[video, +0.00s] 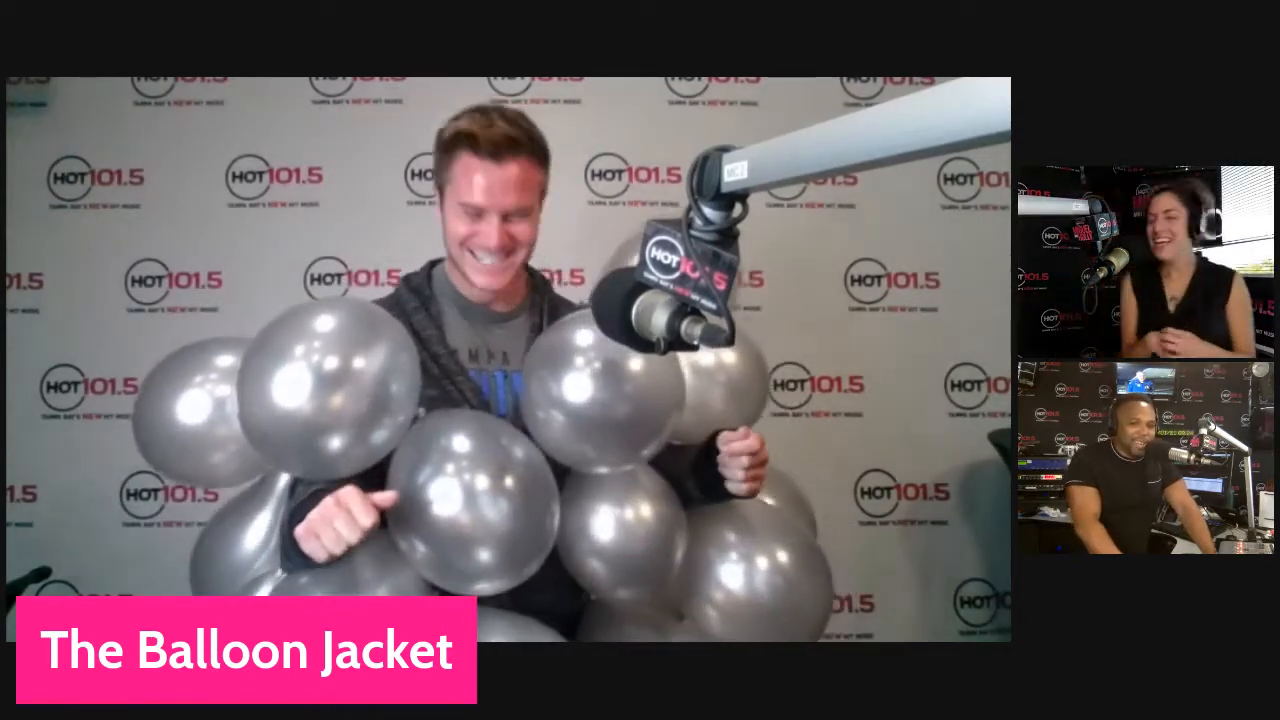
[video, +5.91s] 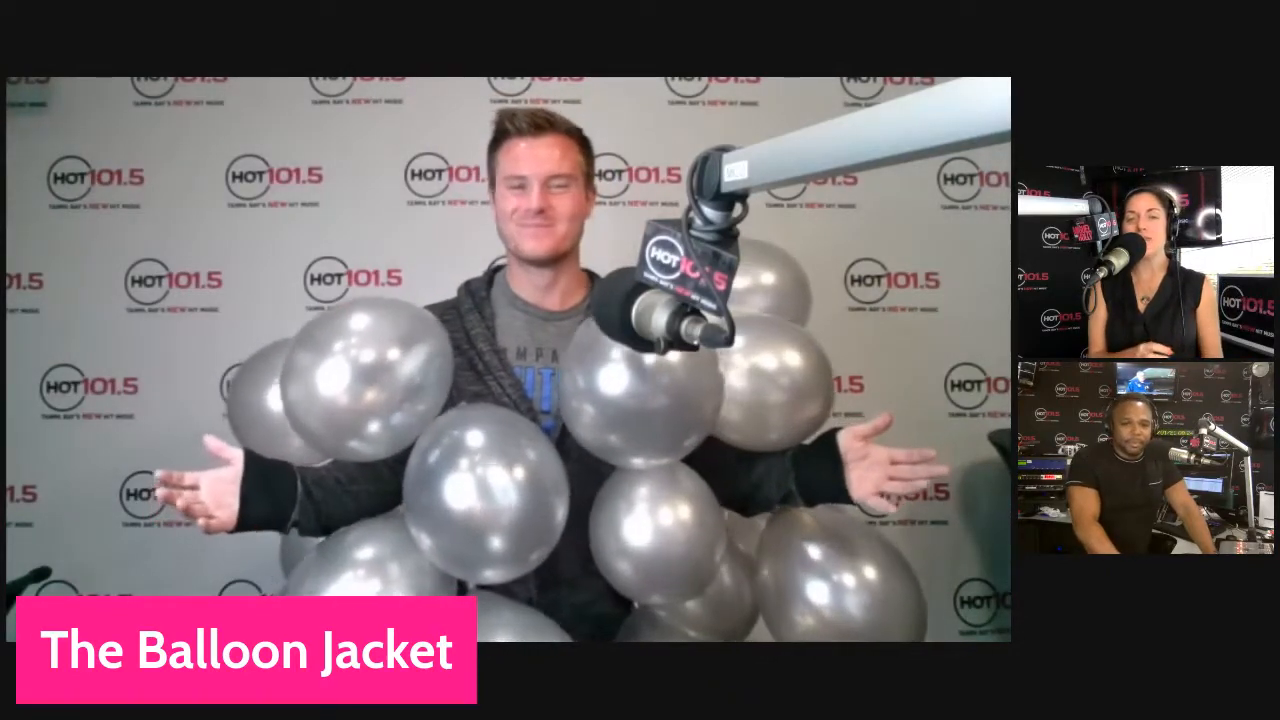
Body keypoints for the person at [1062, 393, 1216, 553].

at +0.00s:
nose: (1144, 432)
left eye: (1150, 425)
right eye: (1134, 424)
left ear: (1156, 427)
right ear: (1114, 426)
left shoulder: (1156, 457)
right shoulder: (1087, 460)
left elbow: (1186, 507)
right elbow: (1086, 524)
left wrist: (1210, 551)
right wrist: (1119, 559)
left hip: (1142, 555)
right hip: (1098, 555)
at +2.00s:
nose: (1146, 430)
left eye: (1152, 424)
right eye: (1137, 421)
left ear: (1157, 430)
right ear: (1117, 422)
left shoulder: (1157, 457)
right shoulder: (1086, 459)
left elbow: (1186, 508)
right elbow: (1085, 524)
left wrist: (1210, 552)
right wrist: (1117, 560)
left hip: (1142, 555)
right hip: (1096, 557)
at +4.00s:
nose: (1141, 432)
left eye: (1147, 424)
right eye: (1131, 424)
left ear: (1153, 428)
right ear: (1112, 427)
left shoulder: (1158, 458)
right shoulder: (1087, 460)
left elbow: (1187, 508)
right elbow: (1086, 524)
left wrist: (1211, 552)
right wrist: (1118, 561)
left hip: (1143, 557)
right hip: (1098, 557)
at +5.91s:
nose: (1136, 431)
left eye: (1144, 424)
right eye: (1127, 423)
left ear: (1153, 429)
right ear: (1111, 427)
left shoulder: (1158, 458)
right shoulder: (1088, 461)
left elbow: (1187, 509)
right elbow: (1086, 525)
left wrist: (1211, 553)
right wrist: (1120, 565)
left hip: (1143, 556)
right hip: (1099, 557)